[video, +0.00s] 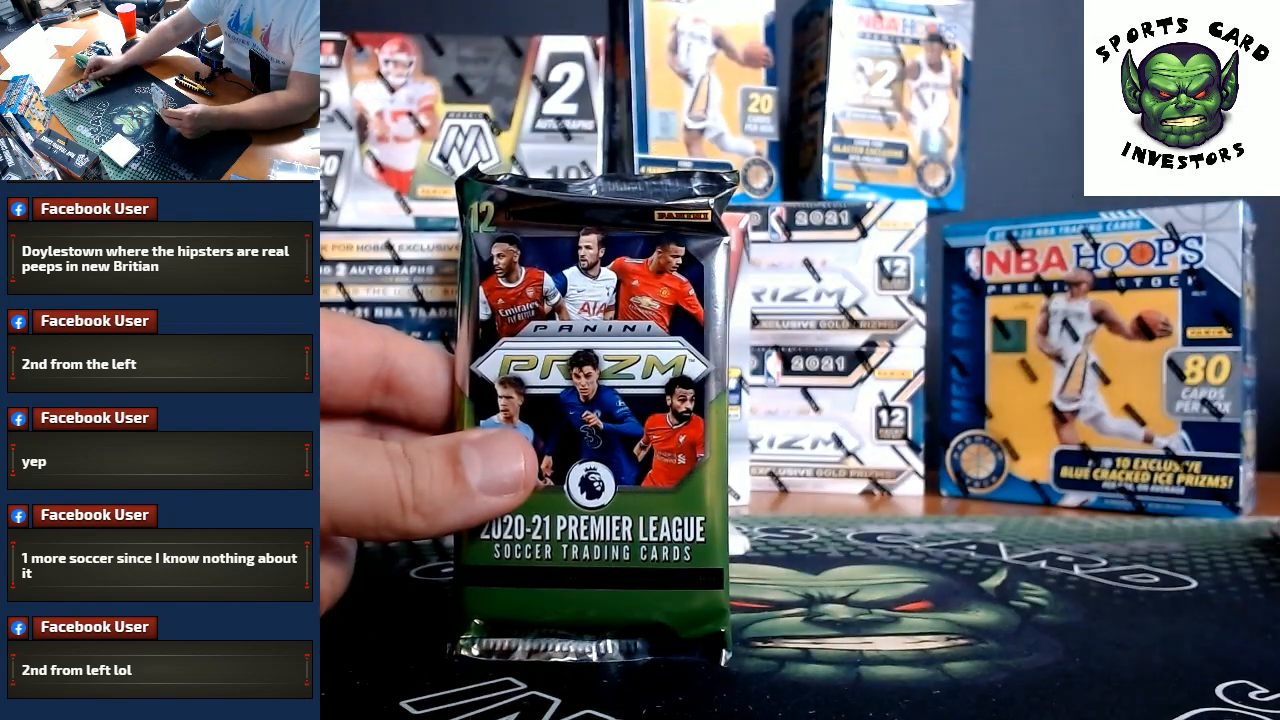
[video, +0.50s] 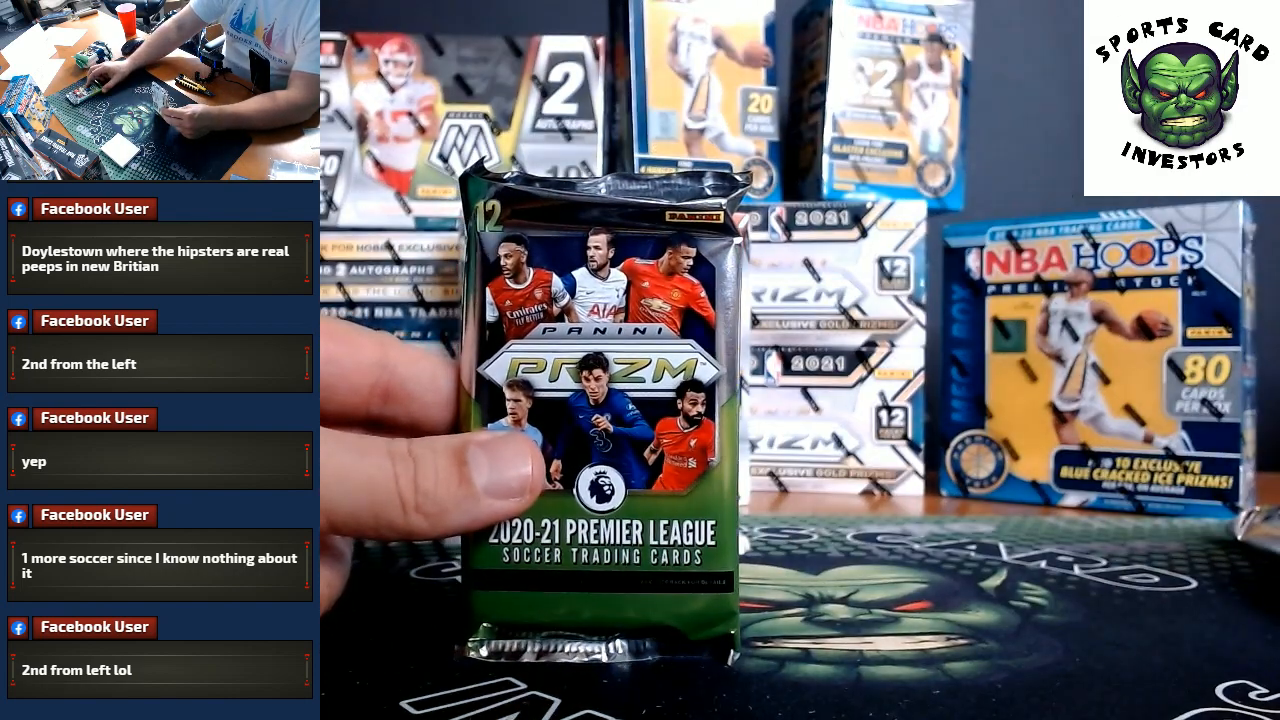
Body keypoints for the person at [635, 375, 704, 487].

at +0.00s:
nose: (688, 406)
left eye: (692, 400)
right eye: (682, 400)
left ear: (694, 400)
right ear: (668, 400)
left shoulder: (698, 426)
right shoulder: (653, 422)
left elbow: (703, 461)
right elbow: (642, 446)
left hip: (681, 492)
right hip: (652, 487)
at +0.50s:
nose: (699, 409)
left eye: (703, 404)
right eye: (693, 404)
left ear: (706, 404)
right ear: (679, 404)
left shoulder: (710, 431)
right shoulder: (664, 426)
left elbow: (715, 468)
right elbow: (653, 450)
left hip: (691, 497)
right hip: (662, 491)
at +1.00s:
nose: (698, 408)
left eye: (701, 402)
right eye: (691, 402)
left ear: (704, 403)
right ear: (678, 403)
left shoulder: (708, 429)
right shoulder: (662, 424)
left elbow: (713, 465)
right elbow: (652, 448)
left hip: (691, 495)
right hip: (661, 490)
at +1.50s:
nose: (695, 407)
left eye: (699, 401)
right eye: (689, 401)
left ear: (701, 401)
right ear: (675, 402)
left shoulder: (706, 427)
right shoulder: (660, 424)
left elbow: (711, 466)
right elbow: (650, 448)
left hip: (689, 494)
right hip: (659, 489)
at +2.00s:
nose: (696, 408)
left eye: (699, 402)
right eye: (689, 402)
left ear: (702, 402)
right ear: (676, 403)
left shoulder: (706, 429)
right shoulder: (660, 425)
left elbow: (712, 466)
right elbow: (650, 448)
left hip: (689, 494)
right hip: (659, 490)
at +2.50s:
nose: (701, 407)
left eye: (704, 401)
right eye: (694, 401)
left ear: (707, 401)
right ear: (681, 401)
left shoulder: (710, 426)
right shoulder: (665, 423)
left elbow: (715, 461)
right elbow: (655, 447)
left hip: (694, 492)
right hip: (664, 488)